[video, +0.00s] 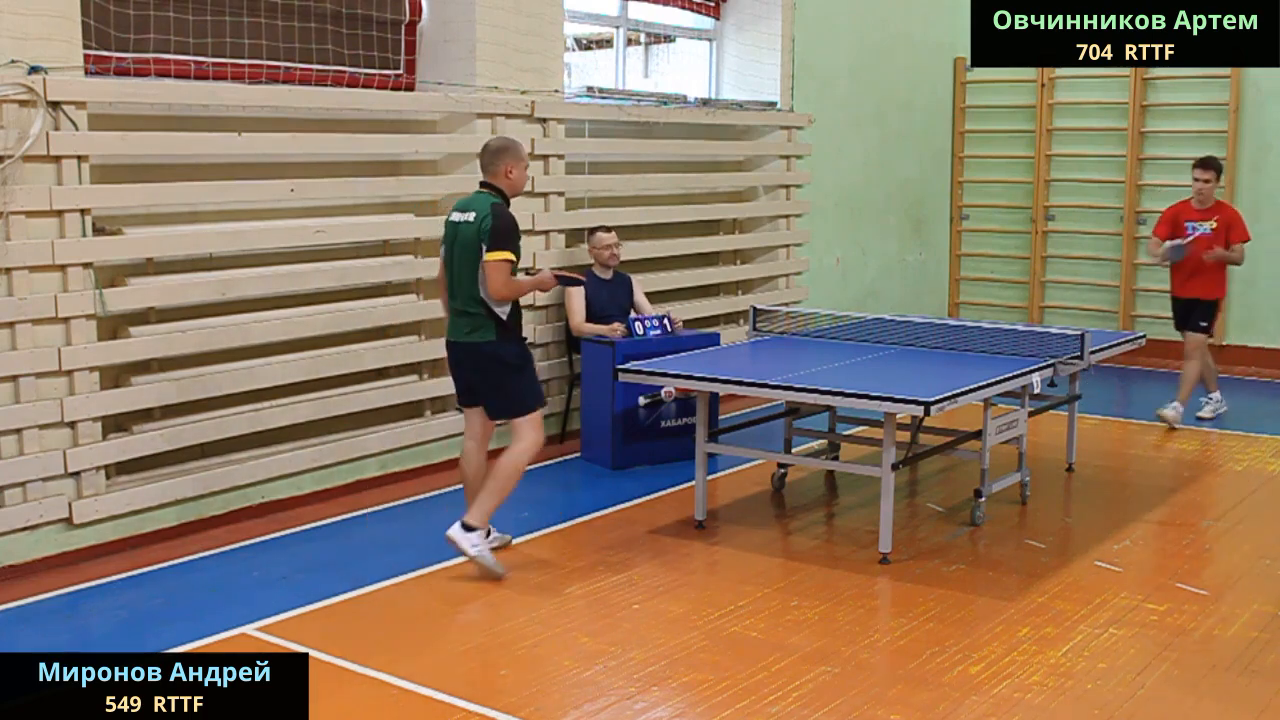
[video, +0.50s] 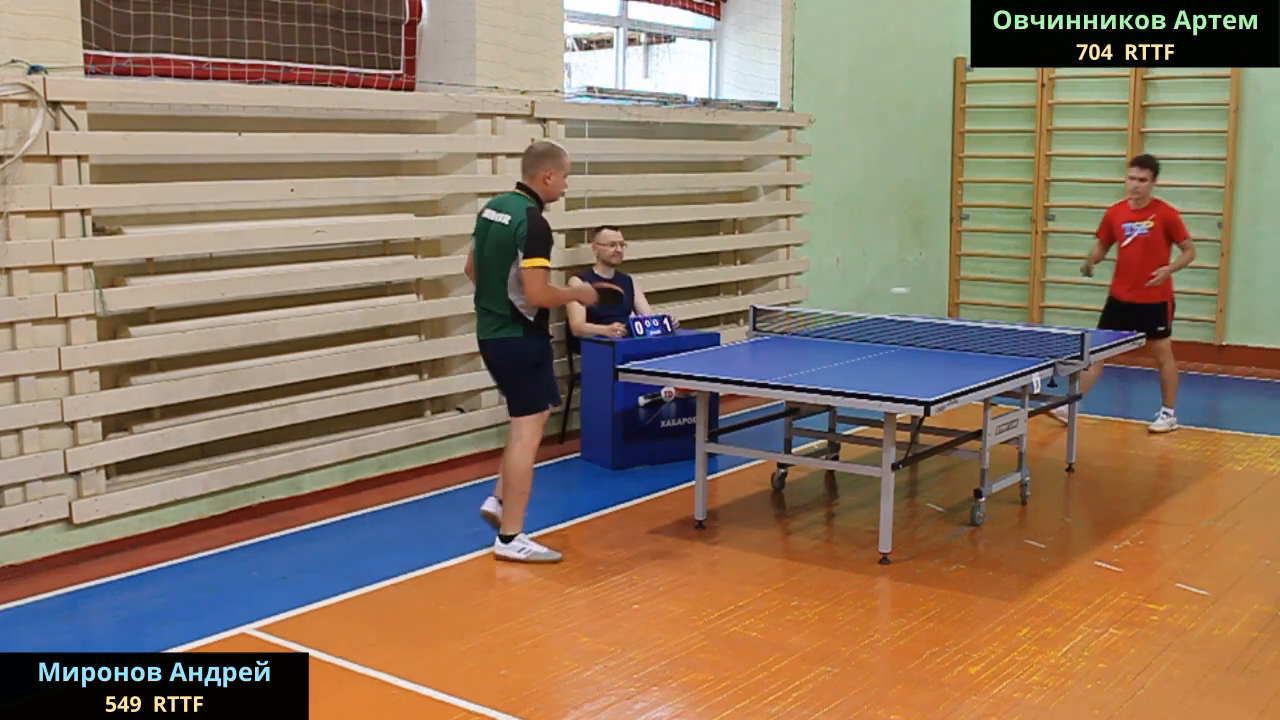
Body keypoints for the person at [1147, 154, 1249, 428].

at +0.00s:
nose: (1199, 186)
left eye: (1206, 182)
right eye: (1196, 180)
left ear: (1217, 184)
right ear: (1191, 181)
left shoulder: (1229, 215)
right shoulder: (1175, 212)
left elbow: (1239, 255)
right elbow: (1153, 246)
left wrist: (1222, 254)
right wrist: (1165, 252)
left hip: (1208, 293)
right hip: (1180, 292)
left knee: (1193, 347)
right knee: (1197, 347)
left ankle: (1178, 406)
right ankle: (1215, 398)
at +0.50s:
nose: (1135, 185)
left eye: (1141, 180)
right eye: (1131, 178)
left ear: (1154, 183)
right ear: (1125, 179)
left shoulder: (1166, 214)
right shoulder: (1114, 213)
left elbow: (1189, 251)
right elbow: (1101, 245)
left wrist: (1170, 269)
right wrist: (1090, 261)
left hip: (1155, 299)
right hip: (1120, 297)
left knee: (1163, 354)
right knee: (1096, 354)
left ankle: (1168, 413)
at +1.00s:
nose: (1067, 203)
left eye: (1074, 198)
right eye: (1064, 197)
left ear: (1088, 199)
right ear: (1061, 198)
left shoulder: (1109, 223)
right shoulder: (1054, 231)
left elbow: (1144, 246)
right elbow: (1046, 263)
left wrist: (1130, 284)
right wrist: (1045, 278)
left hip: (1116, 305)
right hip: (1078, 306)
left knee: (1139, 358)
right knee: (1061, 360)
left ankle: (1155, 415)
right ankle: (1059, 411)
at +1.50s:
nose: (1094, 245)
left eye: (1100, 239)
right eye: (1090, 238)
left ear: (1112, 237)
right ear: (1085, 236)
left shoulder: (1130, 250)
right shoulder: (1076, 259)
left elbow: (1175, 269)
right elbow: (1070, 293)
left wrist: (1152, 297)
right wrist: (1074, 314)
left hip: (1137, 310)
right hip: (1098, 310)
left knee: (1150, 359)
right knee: (1065, 352)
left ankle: (1159, 421)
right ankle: (1061, 410)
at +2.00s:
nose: (1088, 264)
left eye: (1095, 259)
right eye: (1084, 258)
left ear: (1109, 257)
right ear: (1080, 254)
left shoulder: (1127, 263)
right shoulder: (1072, 271)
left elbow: (1172, 276)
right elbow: (1065, 308)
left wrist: (1147, 302)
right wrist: (1071, 320)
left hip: (1132, 317)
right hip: (1093, 316)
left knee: (1147, 360)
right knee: (1063, 355)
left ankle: (1158, 421)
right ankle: (1060, 410)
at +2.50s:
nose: (1084, 262)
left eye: (1090, 256)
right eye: (1080, 255)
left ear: (1105, 253)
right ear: (1076, 251)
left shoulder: (1123, 261)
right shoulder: (1069, 269)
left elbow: (1168, 274)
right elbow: (1061, 305)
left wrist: (1145, 302)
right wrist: (1068, 323)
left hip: (1130, 316)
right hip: (1091, 315)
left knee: (1146, 361)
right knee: (1062, 352)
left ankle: (1158, 421)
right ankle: (1060, 410)